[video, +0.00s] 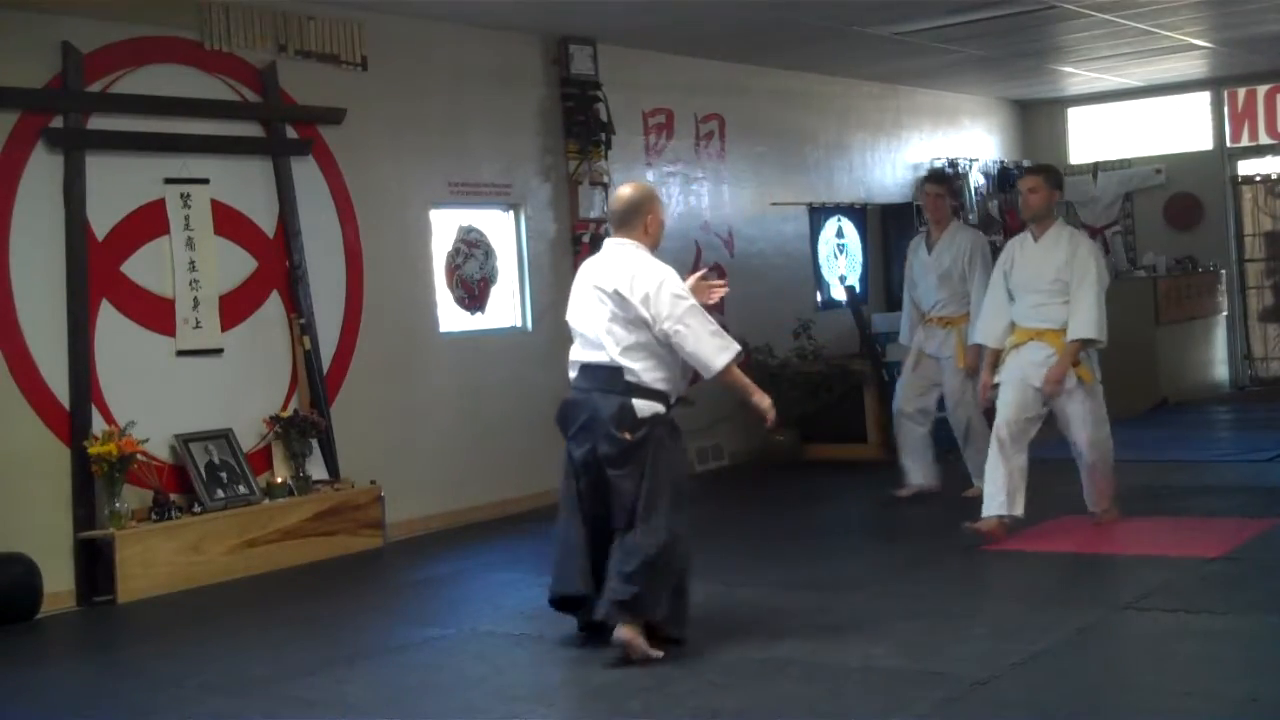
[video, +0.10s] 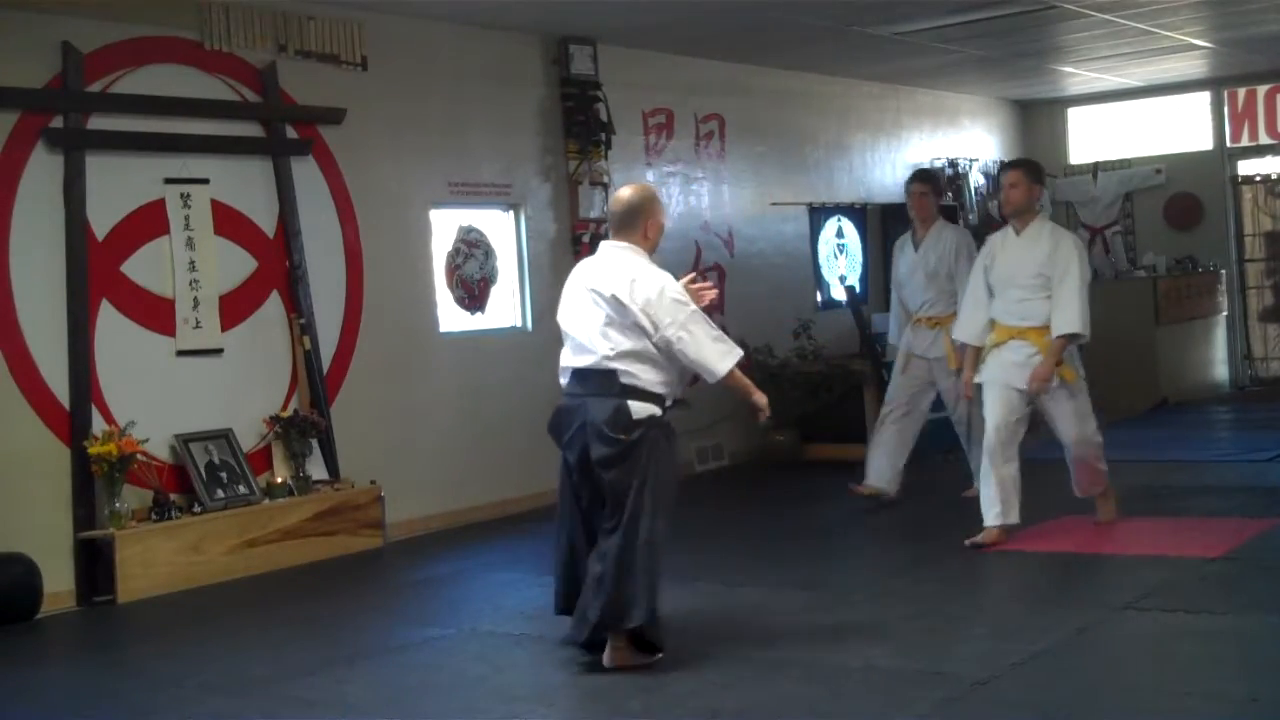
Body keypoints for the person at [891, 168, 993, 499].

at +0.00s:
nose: (932, 203)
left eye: (939, 197)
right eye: (927, 197)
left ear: (953, 202)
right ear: (921, 203)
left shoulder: (972, 241)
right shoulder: (916, 246)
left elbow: (981, 295)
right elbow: (911, 299)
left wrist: (976, 343)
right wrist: (911, 345)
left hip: (961, 332)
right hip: (927, 332)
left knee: (963, 409)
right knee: (908, 406)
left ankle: (983, 479)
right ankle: (921, 479)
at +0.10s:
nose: (916, 202)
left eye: (923, 196)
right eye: (911, 197)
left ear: (938, 200)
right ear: (906, 202)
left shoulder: (957, 238)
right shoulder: (902, 246)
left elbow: (970, 293)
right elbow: (898, 300)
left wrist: (968, 343)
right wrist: (897, 346)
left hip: (952, 333)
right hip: (915, 333)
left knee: (965, 411)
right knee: (899, 406)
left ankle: (984, 479)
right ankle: (881, 481)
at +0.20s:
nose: (900, 205)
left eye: (906, 198)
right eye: (894, 199)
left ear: (919, 202)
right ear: (888, 205)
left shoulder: (939, 241)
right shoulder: (885, 250)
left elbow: (956, 293)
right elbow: (883, 304)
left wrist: (954, 340)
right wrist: (885, 346)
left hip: (940, 337)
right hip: (901, 340)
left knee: (962, 414)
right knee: (883, 411)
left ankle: (988, 479)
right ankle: (859, 483)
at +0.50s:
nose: (831, 203)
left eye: (838, 197)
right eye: (827, 197)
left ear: (854, 200)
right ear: (822, 202)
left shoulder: (877, 237)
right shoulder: (828, 246)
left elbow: (889, 291)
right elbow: (827, 305)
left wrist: (886, 341)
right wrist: (825, 355)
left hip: (872, 341)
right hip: (839, 344)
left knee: (886, 418)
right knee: (839, 428)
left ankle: (932, 461)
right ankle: (847, 498)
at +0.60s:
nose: (819, 199)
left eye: (827, 191)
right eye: (814, 192)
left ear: (842, 195)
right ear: (808, 198)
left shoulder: (865, 233)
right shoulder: (812, 247)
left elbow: (873, 285)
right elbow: (806, 304)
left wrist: (863, 334)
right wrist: (800, 354)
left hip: (861, 331)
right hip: (828, 334)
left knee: (860, 414)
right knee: (830, 422)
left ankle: (892, 475)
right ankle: (846, 496)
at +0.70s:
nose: (807, 199)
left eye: (815, 192)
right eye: (802, 192)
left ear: (830, 195)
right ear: (796, 197)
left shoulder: (852, 235)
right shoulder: (798, 247)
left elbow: (861, 287)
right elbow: (785, 300)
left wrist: (845, 333)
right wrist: (775, 352)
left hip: (851, 334)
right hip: (817, 336)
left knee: (842, 411)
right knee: (820, 419)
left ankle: (855, 496)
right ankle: (840, 498)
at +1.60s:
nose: (678, 211)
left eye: (686, 204)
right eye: (673, 204)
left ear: (701, 208)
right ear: (666, 209)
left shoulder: (711, 249)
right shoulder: (688, 250)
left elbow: (704, 317)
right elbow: (689, 310)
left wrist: (684, 366)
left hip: (723, 356)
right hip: (685, 357)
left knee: (713, 449)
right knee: (677, 446)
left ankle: (766, 504)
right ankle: (694, 534)